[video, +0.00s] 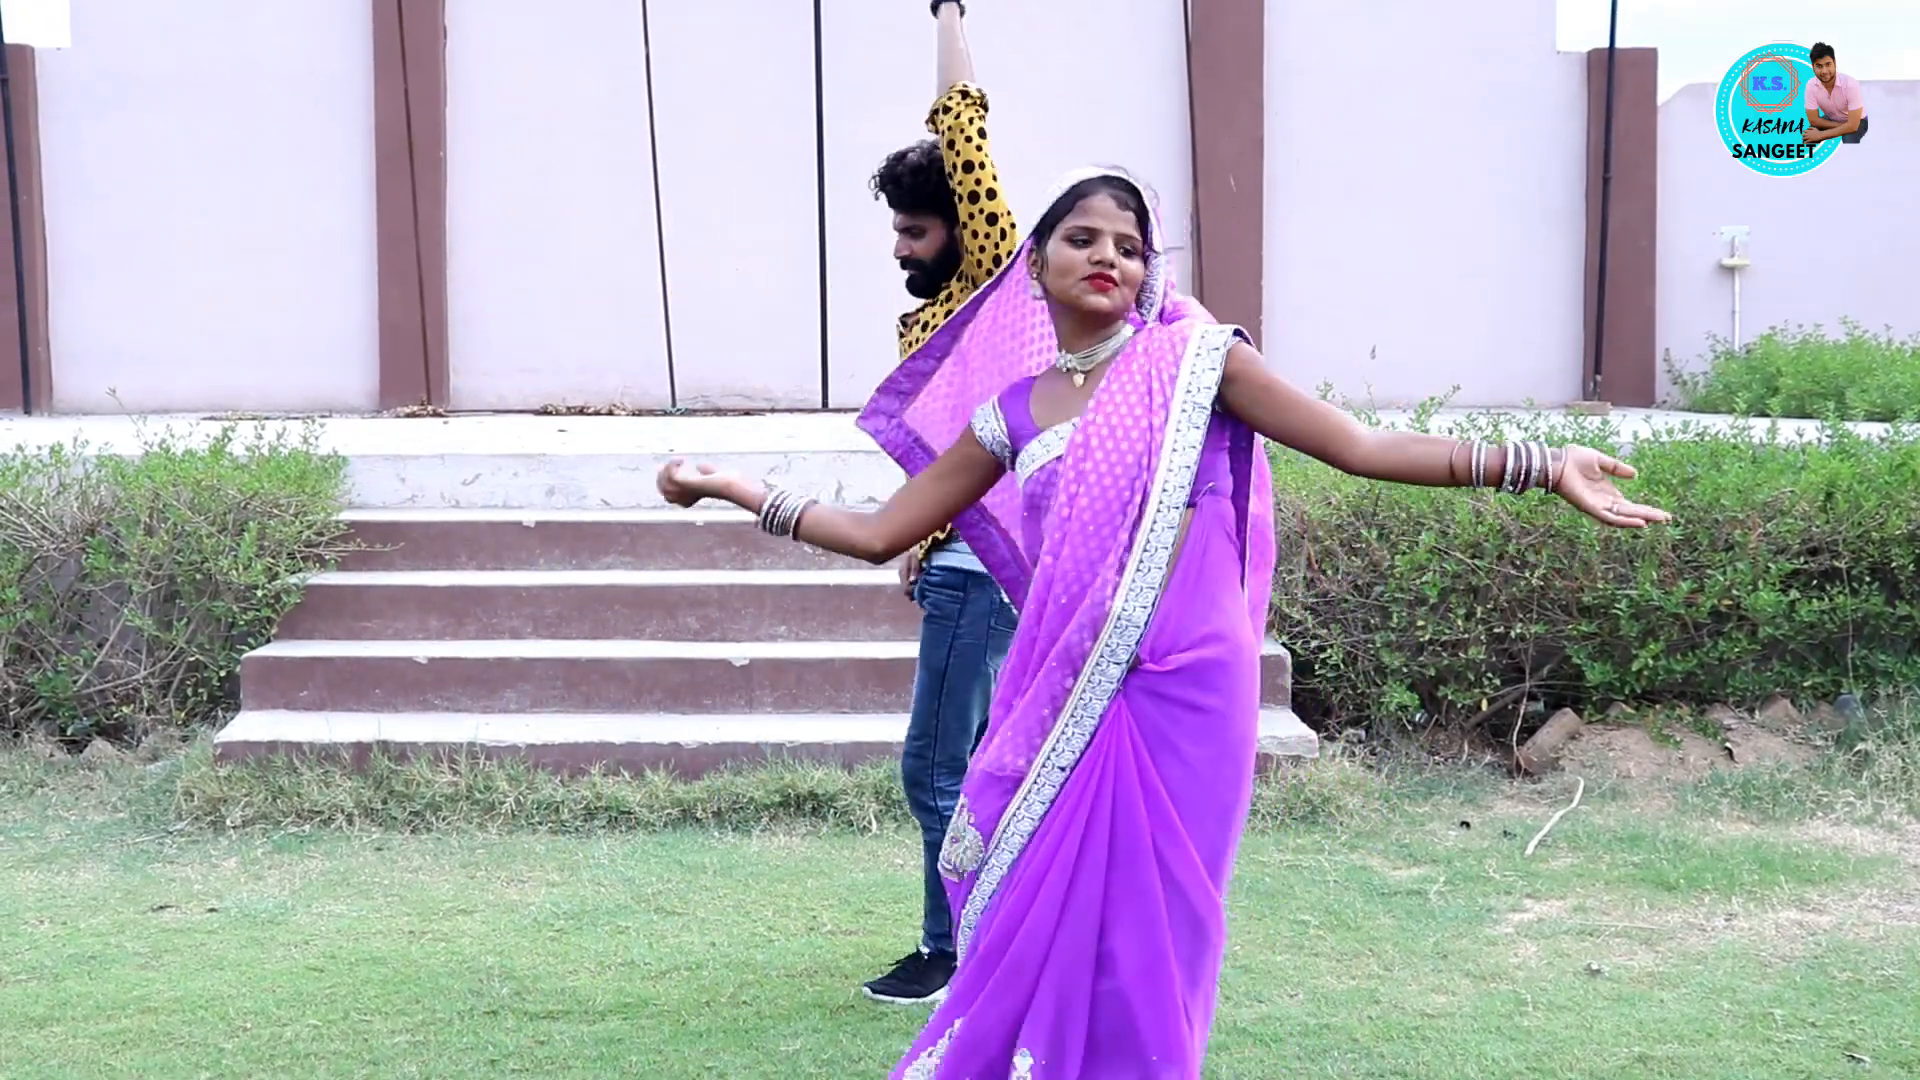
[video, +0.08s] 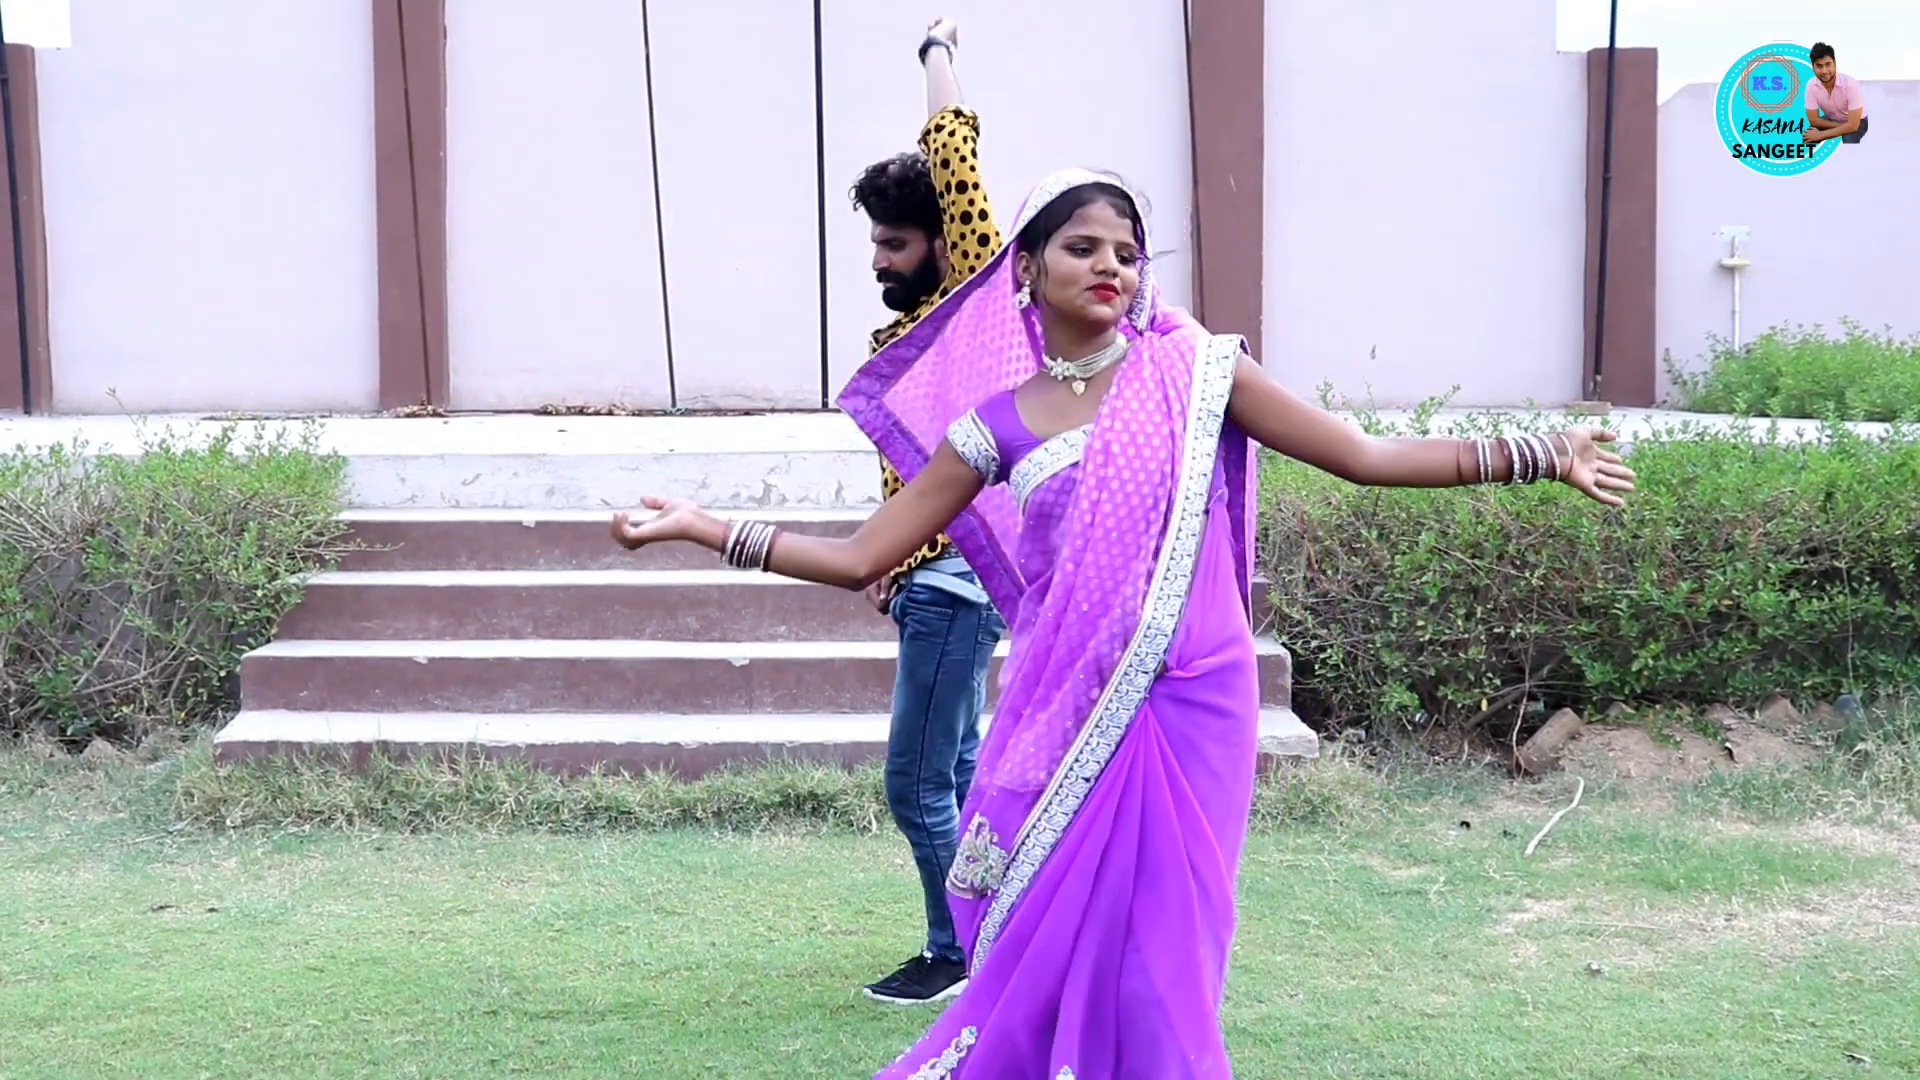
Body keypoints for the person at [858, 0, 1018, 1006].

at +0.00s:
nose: (902, 244)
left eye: (917, 230)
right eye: (897, 229)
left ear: (963, 221)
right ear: (910, 222)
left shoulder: (996, 288)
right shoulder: (944, 310)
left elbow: (966, 135)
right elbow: (953, 445)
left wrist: (953, 24)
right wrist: (918, 540)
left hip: (980, 568)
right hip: (955, 564)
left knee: (933, 765)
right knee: (960, 762)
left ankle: (954, 948)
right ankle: (972, 945)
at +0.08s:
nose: (880, 255)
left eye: (896, 243)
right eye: (875, 240)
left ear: (945, 238)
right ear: (879, 235)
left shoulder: (976, 307)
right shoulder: (915, 332)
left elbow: (963, 187)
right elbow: (914, 458)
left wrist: (940, 71)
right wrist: (886, 552)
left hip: (959, 581)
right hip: (935, 579)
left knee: (918, 786)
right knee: (955, 778)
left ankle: (962, 949)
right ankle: (982, 944)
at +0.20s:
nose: (848, 279)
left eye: (862, 265)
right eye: (843, 264)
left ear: (913, 260)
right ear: (842, 259)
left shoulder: (953, 333)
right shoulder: (874, 348)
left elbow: (943, 179)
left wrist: (921, 167)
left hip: (931, 608)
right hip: (870, 606)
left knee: (891, 795)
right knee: (848, 786)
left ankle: (952, 952)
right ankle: (1005, 860)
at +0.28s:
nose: (827, 273)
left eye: (842, 258)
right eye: (820, 257)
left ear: (892, 252)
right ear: (817, 252)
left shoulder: (930, 325)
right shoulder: (836, 338)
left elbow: (936, 248)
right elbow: (856, 463)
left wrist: (912, 163)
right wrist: (841, 564)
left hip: (918, 599)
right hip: (841, 593)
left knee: (890, 794)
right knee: (802, 774)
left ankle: (951, 948)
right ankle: (938, 887)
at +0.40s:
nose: (796, 260)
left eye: (809, 244)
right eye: (786, 246)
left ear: (859, 233)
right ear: (780, 240)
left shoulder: (902, 302)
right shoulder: (798, 336)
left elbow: (898, 198)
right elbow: (804, 460)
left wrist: (859, 91)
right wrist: (780, 544)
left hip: (885, 583)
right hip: (801, 580)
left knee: (885, 775)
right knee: (761, 761)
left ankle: (945, 940)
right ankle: (808, 944)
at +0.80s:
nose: (702, 278)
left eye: (719, 262)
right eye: (689, 260)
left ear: (761, 246)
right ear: (675, 247)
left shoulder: (803, 311)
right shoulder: (662, 344)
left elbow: (807, 148)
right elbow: (627, 474)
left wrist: (717, 50)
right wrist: (652, 573)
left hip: (779, 595)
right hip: (686, 604)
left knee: (740, 789)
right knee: (686, 805)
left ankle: (766, 964)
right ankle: (730, 972)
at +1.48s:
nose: (601, 263)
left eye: (619, 241)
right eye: (582, 247)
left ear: (662, 233)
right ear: (560, 249)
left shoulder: (703, 308)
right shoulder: (560, 360)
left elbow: (680, 136)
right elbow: (543, 482)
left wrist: (612, 3)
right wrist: (521, 526)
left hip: (720, 647)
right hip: (606, 649)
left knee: (698, 890)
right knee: (595, 875)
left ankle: (657, 1022)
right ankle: (589, 1074)